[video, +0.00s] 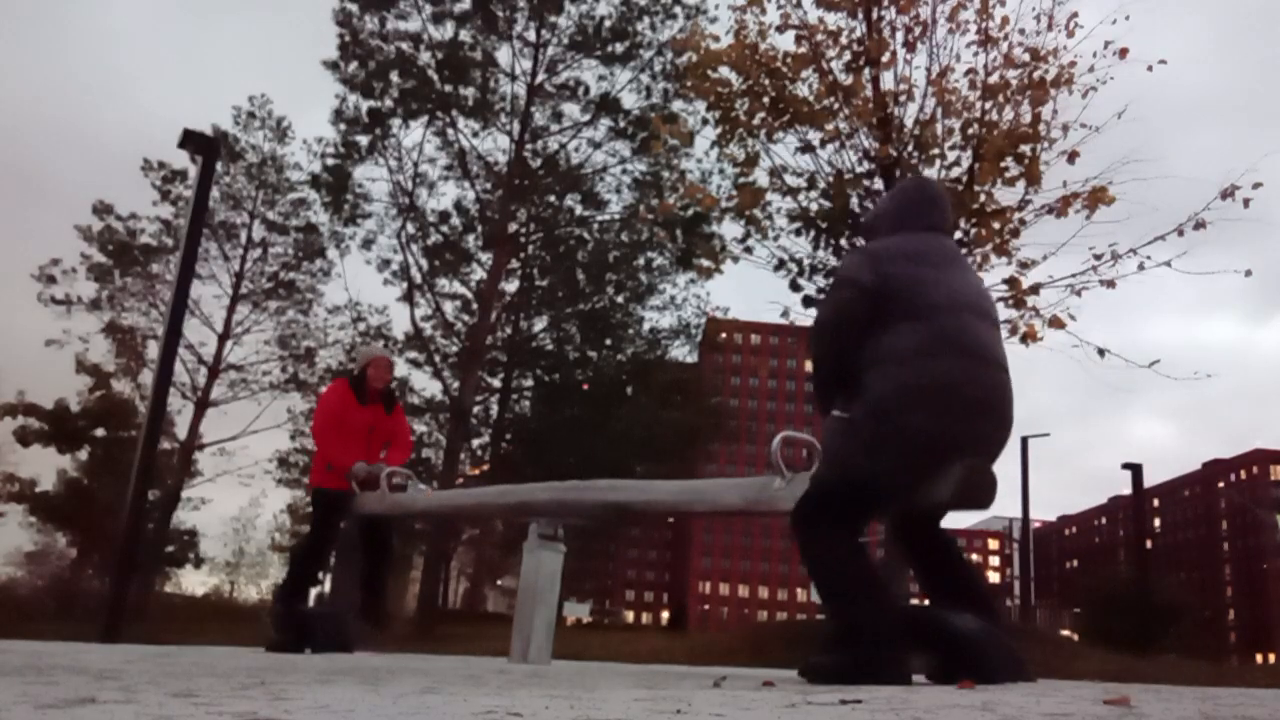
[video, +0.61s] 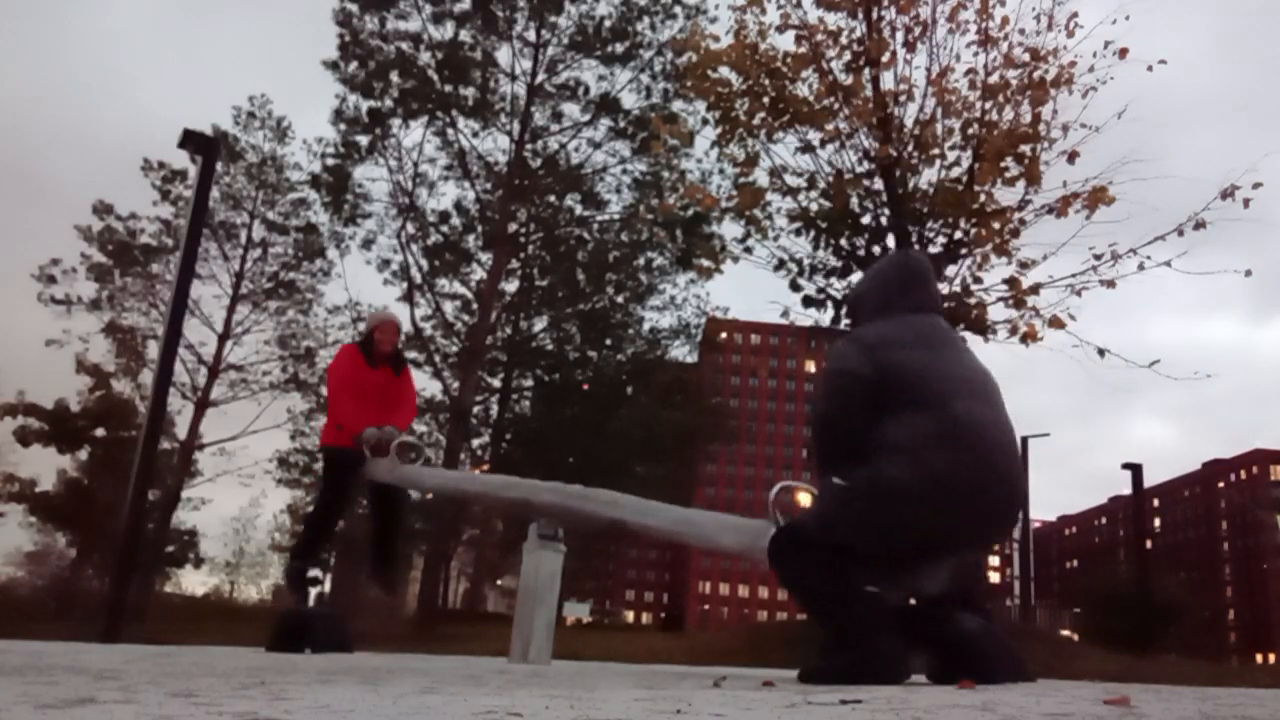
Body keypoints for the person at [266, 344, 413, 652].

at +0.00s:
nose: (382, 374)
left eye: (387, 369)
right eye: (376, 367)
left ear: (392, 374)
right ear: (363, 369)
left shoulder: (390, 405)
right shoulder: (340, 391)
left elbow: (403, 444)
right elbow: (322, 432)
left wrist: (386, 464)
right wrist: (351, 465)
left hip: (371, 491)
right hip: (332, 484)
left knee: (378, 550)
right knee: (319, 545)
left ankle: (371, 618)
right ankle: (287, 608)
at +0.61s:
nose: (388, 338)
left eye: (394, 333)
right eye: (383, 331)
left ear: (400, 338)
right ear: (371, 333)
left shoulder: (401, 369)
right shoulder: (349, 355)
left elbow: (409, 406)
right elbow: (338, 399)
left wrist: (392, 430)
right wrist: (362, 431)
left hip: (382, 452)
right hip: (343, 444)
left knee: (391, 512)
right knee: (333, 504)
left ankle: (384, 582)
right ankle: (299, 568)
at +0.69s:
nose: (390, 333)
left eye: (394, 328)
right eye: (384, 327)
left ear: (400, 332)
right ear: (372, 329)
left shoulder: (401, 365)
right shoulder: (350, 353)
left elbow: (410, 401)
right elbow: (340, 397)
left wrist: (393, 425)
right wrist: (364, 426)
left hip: (384, 448)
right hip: (345, 440)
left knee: (392, 508)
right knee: (336, 500)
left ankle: (387, 578)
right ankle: (303, 565)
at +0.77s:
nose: (389, 330)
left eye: (394, 325)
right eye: (384, 324)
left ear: (400, 329)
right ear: (372, 325)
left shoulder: (401, 361)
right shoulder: (351, 349)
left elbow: (411, 399)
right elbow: (343, 393)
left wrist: (394, 421)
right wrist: (366, 424)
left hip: (383, 444)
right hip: (346, 438)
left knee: (392, 504)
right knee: (338, 498)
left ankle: (387, 572)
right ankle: (306, 560)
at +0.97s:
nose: (388, 334)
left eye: (393, 329)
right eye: (383, 328)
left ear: (399, 333)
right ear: (370, 330)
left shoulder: (399, 364)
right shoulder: (350, 353)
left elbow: (409, 402)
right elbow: (341, 397)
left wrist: (392, 427)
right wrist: (364, 428)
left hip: (383, 449)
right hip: (345, 443)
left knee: (391, 511)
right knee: (339, 501)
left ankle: (389, 583)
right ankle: (305, 563)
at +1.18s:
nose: (381, 354)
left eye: (386, 349)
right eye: (376, 348)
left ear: (392, 353)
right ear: (363, 351)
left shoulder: (397, 386)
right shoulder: (342, 377)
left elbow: (404, 426)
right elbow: (333, 420)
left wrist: (385, 446)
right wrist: (358, 448)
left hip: (378, 469)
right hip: (338, 463)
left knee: (387, 528)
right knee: (329, 523)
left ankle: (384, 598)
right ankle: (293, 588)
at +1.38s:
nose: (369, 396)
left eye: (375, 391)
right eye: (364, 390)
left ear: (382, 395)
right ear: (353, 391)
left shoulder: (384, 428)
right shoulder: (331, 413)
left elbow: (390, 468)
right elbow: (319, 458)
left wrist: (375, 486)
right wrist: (346, 486)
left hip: (365, 511)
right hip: (327, 505)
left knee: (377, 564)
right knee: (317, 564)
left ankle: (364, 634)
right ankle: (273, 621)